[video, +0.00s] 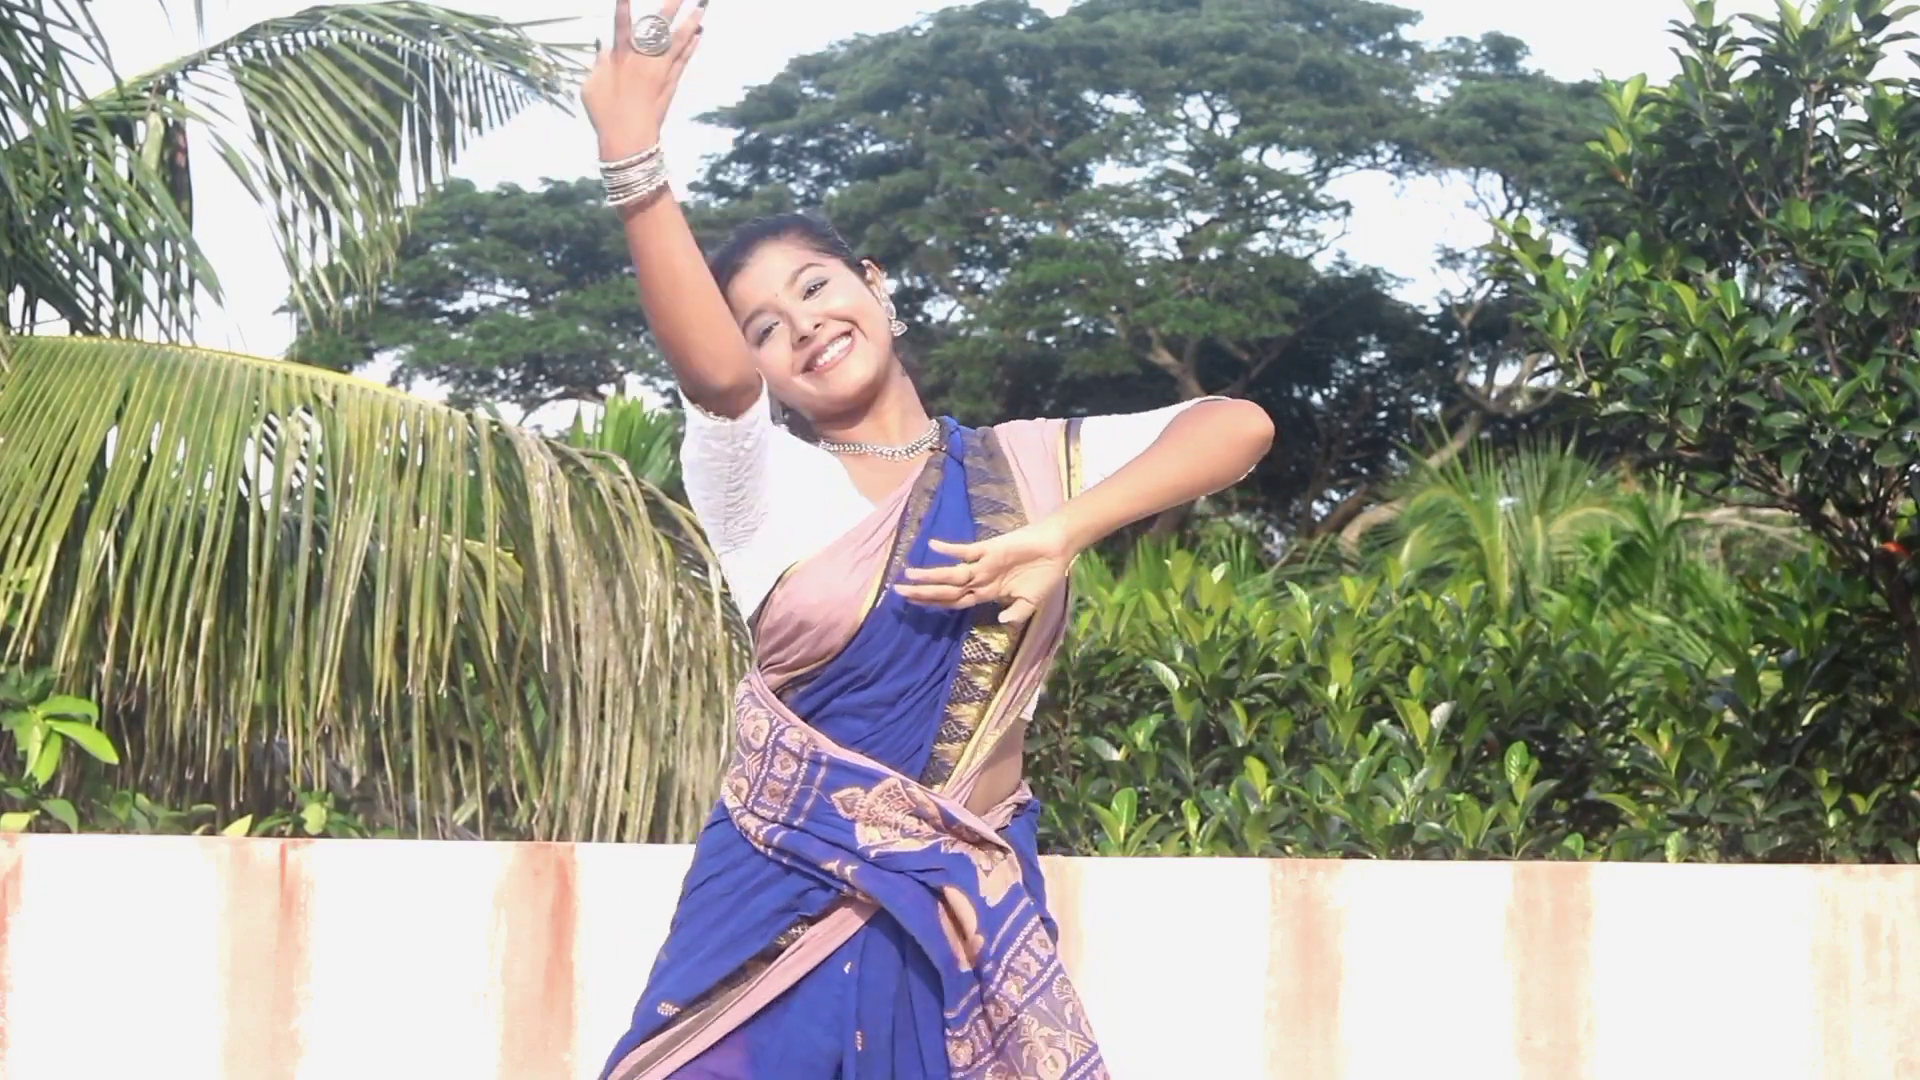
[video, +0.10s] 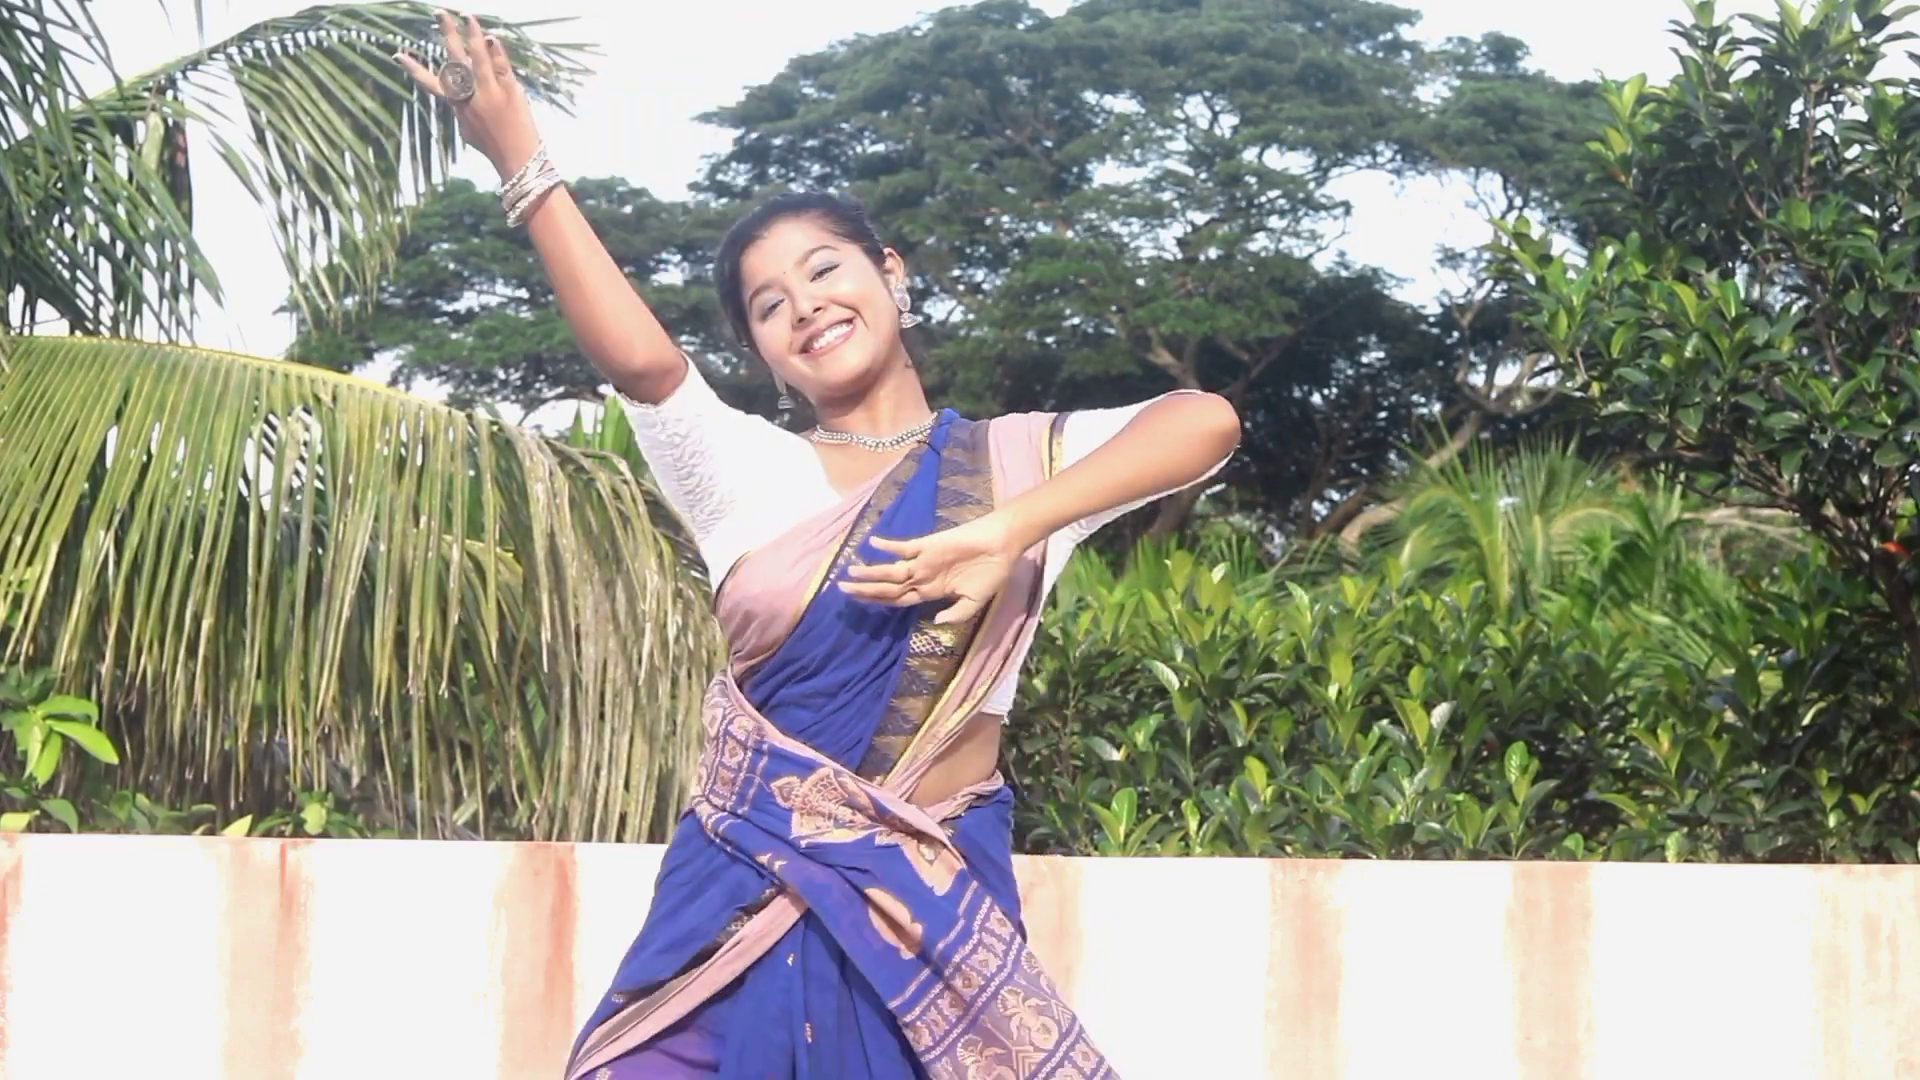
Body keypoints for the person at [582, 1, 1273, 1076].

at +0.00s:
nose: (803, 323)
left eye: (816, 284)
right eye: (766, 326)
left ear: (882, 292)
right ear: (751, 376)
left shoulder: (1024, 461)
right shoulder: (764, 487)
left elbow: (1242, 426)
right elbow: (718, 375)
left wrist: (1067, 529)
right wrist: (632, 157)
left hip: (972, 930)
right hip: (769, 917)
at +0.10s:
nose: (804, 302)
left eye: (826, 266)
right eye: (769, 304)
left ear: (895, 278)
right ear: (760, 357)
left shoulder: (1011, 454)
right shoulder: (743, 474)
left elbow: (1210, 423)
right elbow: (635, 358)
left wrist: (1009, 531)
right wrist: (520, 160)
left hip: (933, 904)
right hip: (735, 894)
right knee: (650, 1063)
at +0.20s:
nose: (802, 299)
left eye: (828, 262)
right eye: (770, 294)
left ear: (901, 272)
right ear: (759, 343)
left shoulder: (1004, 449)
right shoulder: (742, 466)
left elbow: (1177, 421)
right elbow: (606, 353)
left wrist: (966, 530)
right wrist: (506, 167)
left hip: (912, 877)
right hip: (720, 869)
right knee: (606, 1069)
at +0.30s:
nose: (785, 291)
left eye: (819, 258)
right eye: (766, 275)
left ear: (905, 272)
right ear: (752, 309)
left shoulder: (969, 460)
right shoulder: (733, 452)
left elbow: (1050, 417)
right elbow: (549, 343)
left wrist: (837, 527)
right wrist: (540, 163)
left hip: (860, 866)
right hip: (686, 859)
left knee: (868, 1060)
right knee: (590, 1061)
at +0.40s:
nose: (770, 287)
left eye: (807, 256)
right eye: (759, 269)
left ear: (897, 278)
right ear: (749, 300)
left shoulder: (947, 464)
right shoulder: (720, 445)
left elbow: (959, 417)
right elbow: (532, 335)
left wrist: (752, 524)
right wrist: (574, 158)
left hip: (842, 856)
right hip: (666, 853)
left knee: (852, 1058)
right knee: (600, 1060)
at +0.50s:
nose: (730, 280)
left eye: (768, 255)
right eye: (740, 256)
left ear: (856, 290)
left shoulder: (866, 464)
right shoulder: (726, 436)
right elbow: (551, 325)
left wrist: (600, 524)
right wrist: (650, 148)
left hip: (765, 869)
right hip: (637, 862)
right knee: (608, 1063)